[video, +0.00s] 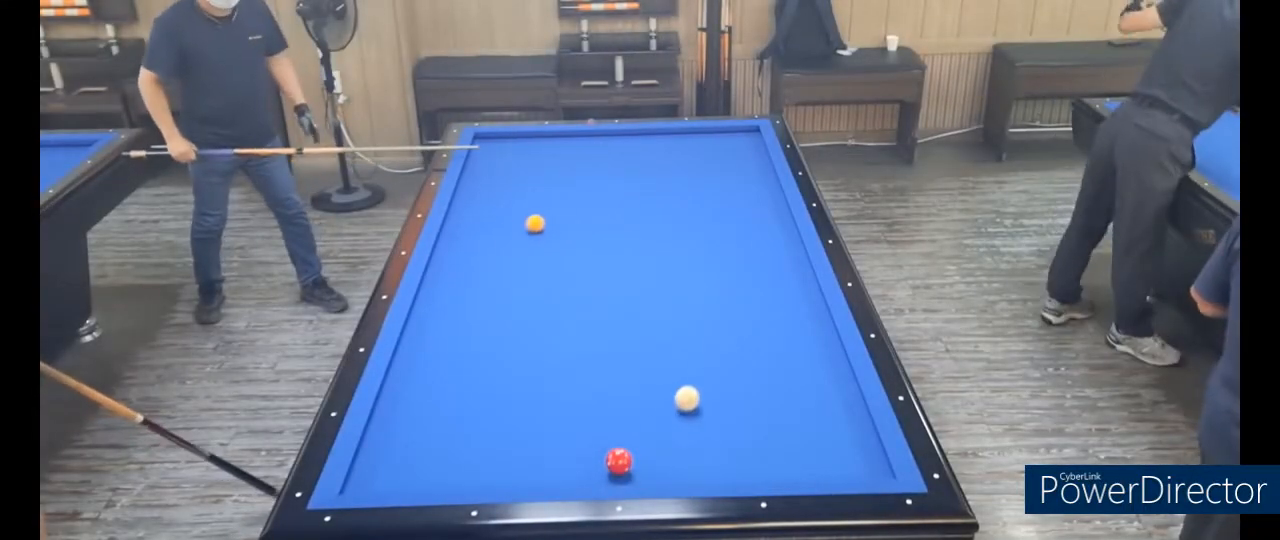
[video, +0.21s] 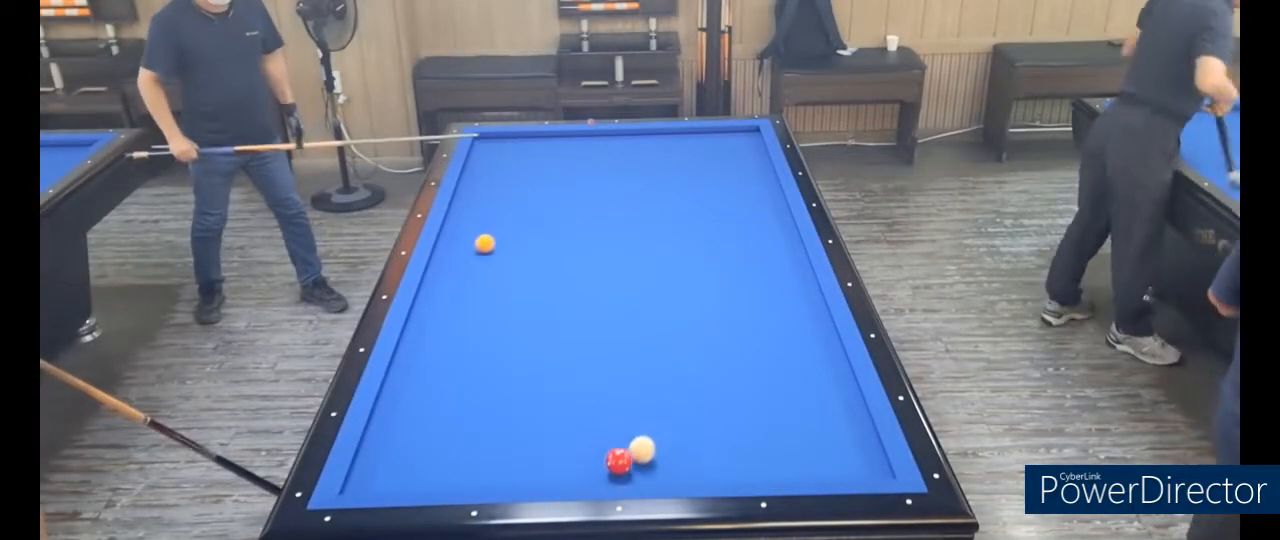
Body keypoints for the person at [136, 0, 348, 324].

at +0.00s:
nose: (226, 2)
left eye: (230, 1)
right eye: (218, 2)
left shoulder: (255, 9)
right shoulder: (172, 23)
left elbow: (278, 57)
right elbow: (148, 81)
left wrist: (300, 106)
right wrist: (173, 137)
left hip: (262, 139)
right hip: (210, 146)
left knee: (292, 209)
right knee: (209, 222)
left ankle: (313, 283)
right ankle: (210, 292)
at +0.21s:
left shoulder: (251, 8)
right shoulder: (170, 21)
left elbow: (272, 56)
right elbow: (148, 80)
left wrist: (290, 109)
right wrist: (175, 137)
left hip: (263, 137)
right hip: (210, 145)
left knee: (292, 209)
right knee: (209, 222)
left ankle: (313, 283)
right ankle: (210, 292)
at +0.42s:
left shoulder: (248, 7)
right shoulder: (168, 20)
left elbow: (270, 54)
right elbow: (147, 81)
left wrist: (291, 106)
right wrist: (175, 137)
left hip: (262, 136)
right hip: (210, 144)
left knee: (292, 209)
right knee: (209, 222)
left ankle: (313, 283)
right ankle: (210, 291)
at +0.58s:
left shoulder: (247, 7)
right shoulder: (168, 20)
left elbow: (270, 55)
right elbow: (146, 80)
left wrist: (294, 105)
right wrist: (175, 137)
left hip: (262, 137)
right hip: (210, 145)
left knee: (292, 209)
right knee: (209, 222)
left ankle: (313, 282)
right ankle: (210, 291)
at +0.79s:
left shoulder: (247, 7)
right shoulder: (167, 18)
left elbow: (271, 56)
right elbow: (145, 78)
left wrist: (295, 106)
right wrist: (175, 136)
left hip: (263, 138)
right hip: (210, 146)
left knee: (292, 209)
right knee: (209, 222)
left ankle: (313, 282)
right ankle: (210, 291)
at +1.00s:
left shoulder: (248, 7)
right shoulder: (166, 18)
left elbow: (271, 56)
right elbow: (144, 77)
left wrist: (295, 108)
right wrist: (174, 135)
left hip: (263, 137)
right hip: (210, 146)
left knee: (292, 210)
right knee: (209, 222)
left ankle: (313, 282)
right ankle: (209, 291)